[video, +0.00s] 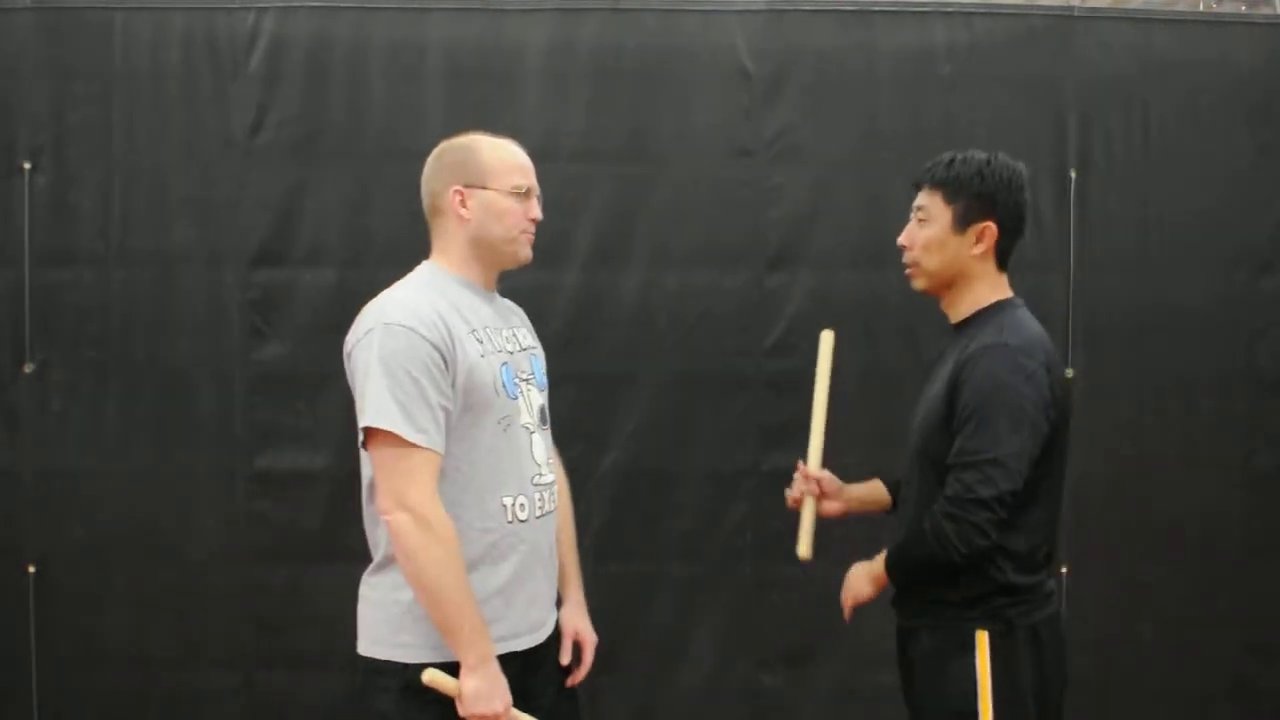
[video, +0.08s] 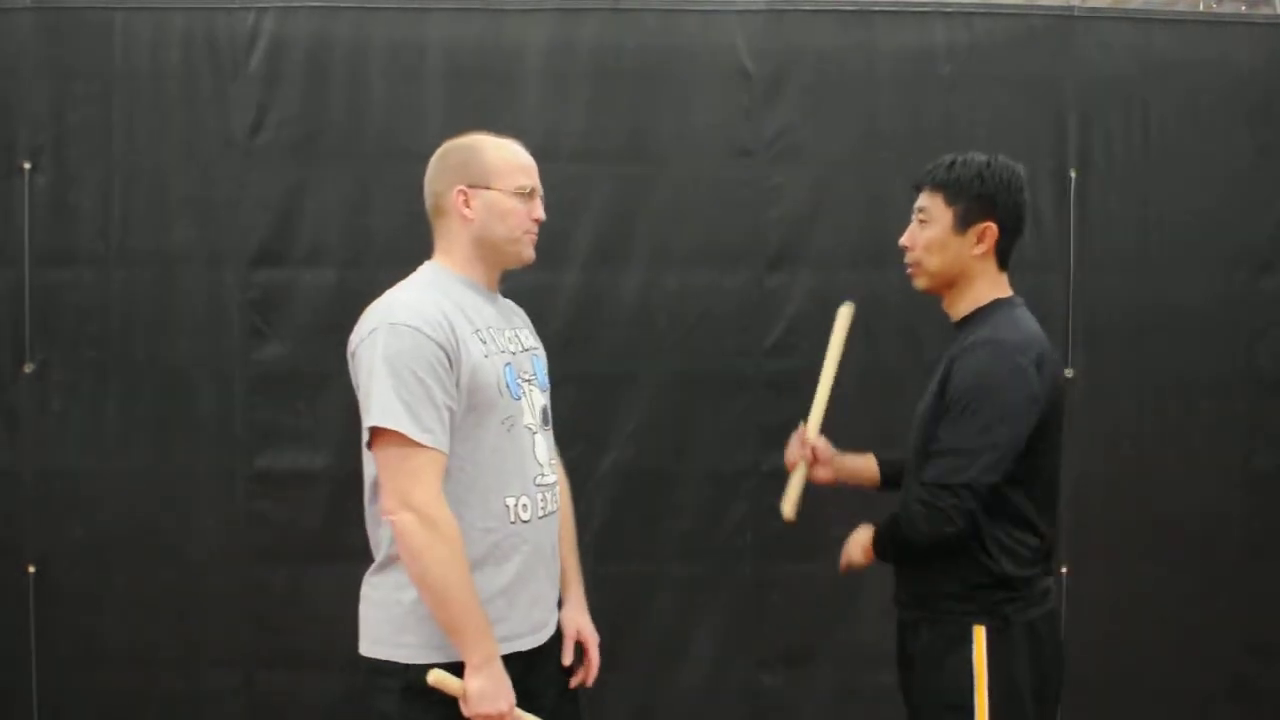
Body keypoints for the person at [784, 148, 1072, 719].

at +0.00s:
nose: (902, 239)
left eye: (921, 220)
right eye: (909, 220)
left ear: (981, 238)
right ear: (978, 240)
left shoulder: (1005, 354)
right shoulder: (977, 344)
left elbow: (970, 520)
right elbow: (943, 478)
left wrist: (882, 569)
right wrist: (849, 497)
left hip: (986, 640)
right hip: (959, 633)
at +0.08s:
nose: (905, 240)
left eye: (923, 222)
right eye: (911, 221)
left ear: (982, 238)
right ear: (978, 240)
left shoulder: (1001, 352)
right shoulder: (982, 342)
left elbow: (943, 513)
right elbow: (941, 470)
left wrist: (877, 537)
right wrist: (843, 467)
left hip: (983, 637)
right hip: (961, 630)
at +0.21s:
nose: (907, 243)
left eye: (923, 226)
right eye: (912, 225)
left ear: (981, 240)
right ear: (978, 243)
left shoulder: (990, 350)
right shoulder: (992, 336)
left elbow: (886, 492)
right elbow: (930, 438)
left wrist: (868, 482)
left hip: (975, 624)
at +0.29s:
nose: (903, 245)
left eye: (921, 227)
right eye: (909, 227)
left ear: (977, 240)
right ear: (973, 241)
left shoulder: (975, 347)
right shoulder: (1002, 331)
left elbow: (868, 476)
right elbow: (920, 417)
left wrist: (909, 442)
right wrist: (857, 344)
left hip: (971, 615)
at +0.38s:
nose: (903, 245)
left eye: (919, 228)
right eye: (908, 228)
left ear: (974, 240)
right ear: (970, 242)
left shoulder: (971, 346)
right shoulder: (1004, 331)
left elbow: (861, 465)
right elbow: (910, 416)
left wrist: (910, 438)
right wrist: (873, 308)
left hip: (968, 616)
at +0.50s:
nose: (904, 246)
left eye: (918, 230)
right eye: (908, 229)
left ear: (974, 242)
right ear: (970, 245)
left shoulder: (967, 352)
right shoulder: (1001, 334)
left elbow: (860, 469)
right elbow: (873, 388)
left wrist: (886, 414)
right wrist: (875, 279)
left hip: (964, 620)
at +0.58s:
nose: (899, 246)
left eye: (916, 230)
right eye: (905, 229)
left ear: (973, 244)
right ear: (966, 245)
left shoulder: (978, 355)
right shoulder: (970, 339)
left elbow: (863, 479)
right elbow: (848, 379)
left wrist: (871, 430)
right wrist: (854, 270)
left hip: (963, 629)